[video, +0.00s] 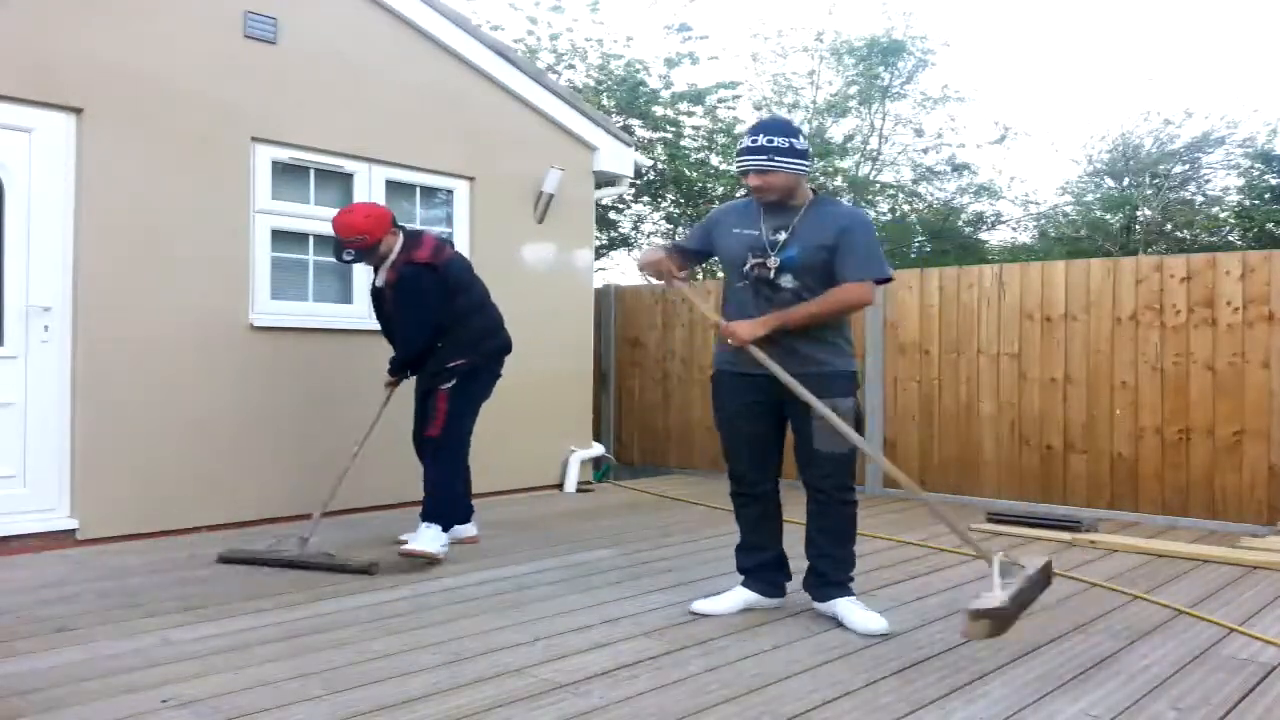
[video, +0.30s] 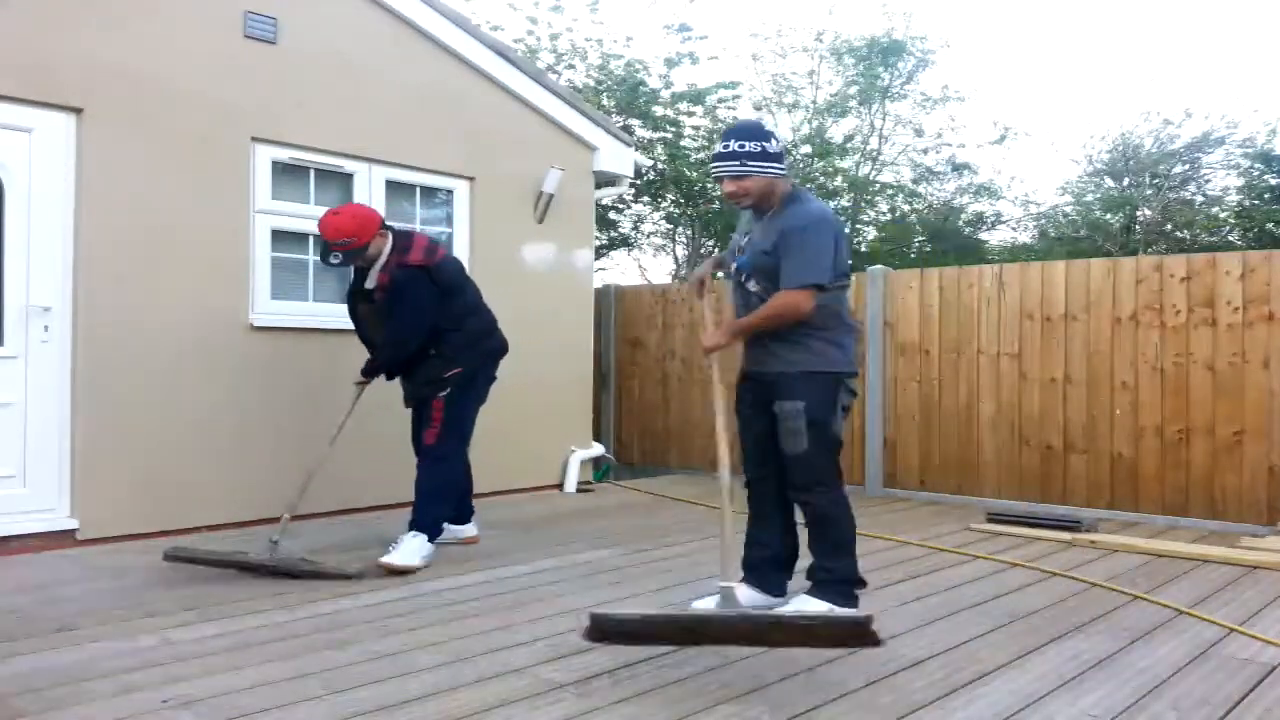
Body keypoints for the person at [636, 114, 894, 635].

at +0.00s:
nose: (752, 181)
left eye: (763, 171)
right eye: (747, 171)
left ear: (796, 169)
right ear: (742, 170)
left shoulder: (844, 219)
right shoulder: (728, 218)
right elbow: (673, 258)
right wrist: (659, 262)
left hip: (821, 375)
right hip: (744, 372)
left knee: (830, 485)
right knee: (750, 482)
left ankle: (832, 591)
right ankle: (762, 584)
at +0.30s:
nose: (729, 191)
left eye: (737, 180)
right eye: (724, 181)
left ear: (770, 172)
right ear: (728, 176)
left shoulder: (809, 219)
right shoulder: (754, 218)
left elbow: (799, 301)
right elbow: (742, 257)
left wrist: (735, 329)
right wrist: (714, 267)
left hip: (811, 370)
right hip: (763, 368)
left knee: (815, 483)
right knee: (765, 482)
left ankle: (835, 593)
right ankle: (765, 583)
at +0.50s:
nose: (725, 197)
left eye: (732, 185)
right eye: (719, 186)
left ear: (763, 175)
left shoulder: (800, 222)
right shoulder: (772, 222)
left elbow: (786, 311)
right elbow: (760, 291)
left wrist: (744, 335)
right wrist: (753, 330)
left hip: (829, 364)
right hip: (791, 361)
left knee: (819, 478)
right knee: (776, 477)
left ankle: (835, 593)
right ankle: (765, 582)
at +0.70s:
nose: (722, 201)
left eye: (728, 189)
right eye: (718, 192)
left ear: (758, 178)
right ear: (761, 180)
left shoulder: (795, 222)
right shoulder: (790, 216)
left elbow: (782, 313)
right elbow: (790, 304)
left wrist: (752, 352)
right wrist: (763, 344)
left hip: (841, 362)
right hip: (811, 359)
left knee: (820, 471)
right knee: (786, 467)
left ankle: (836, 593)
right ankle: (783, 574)